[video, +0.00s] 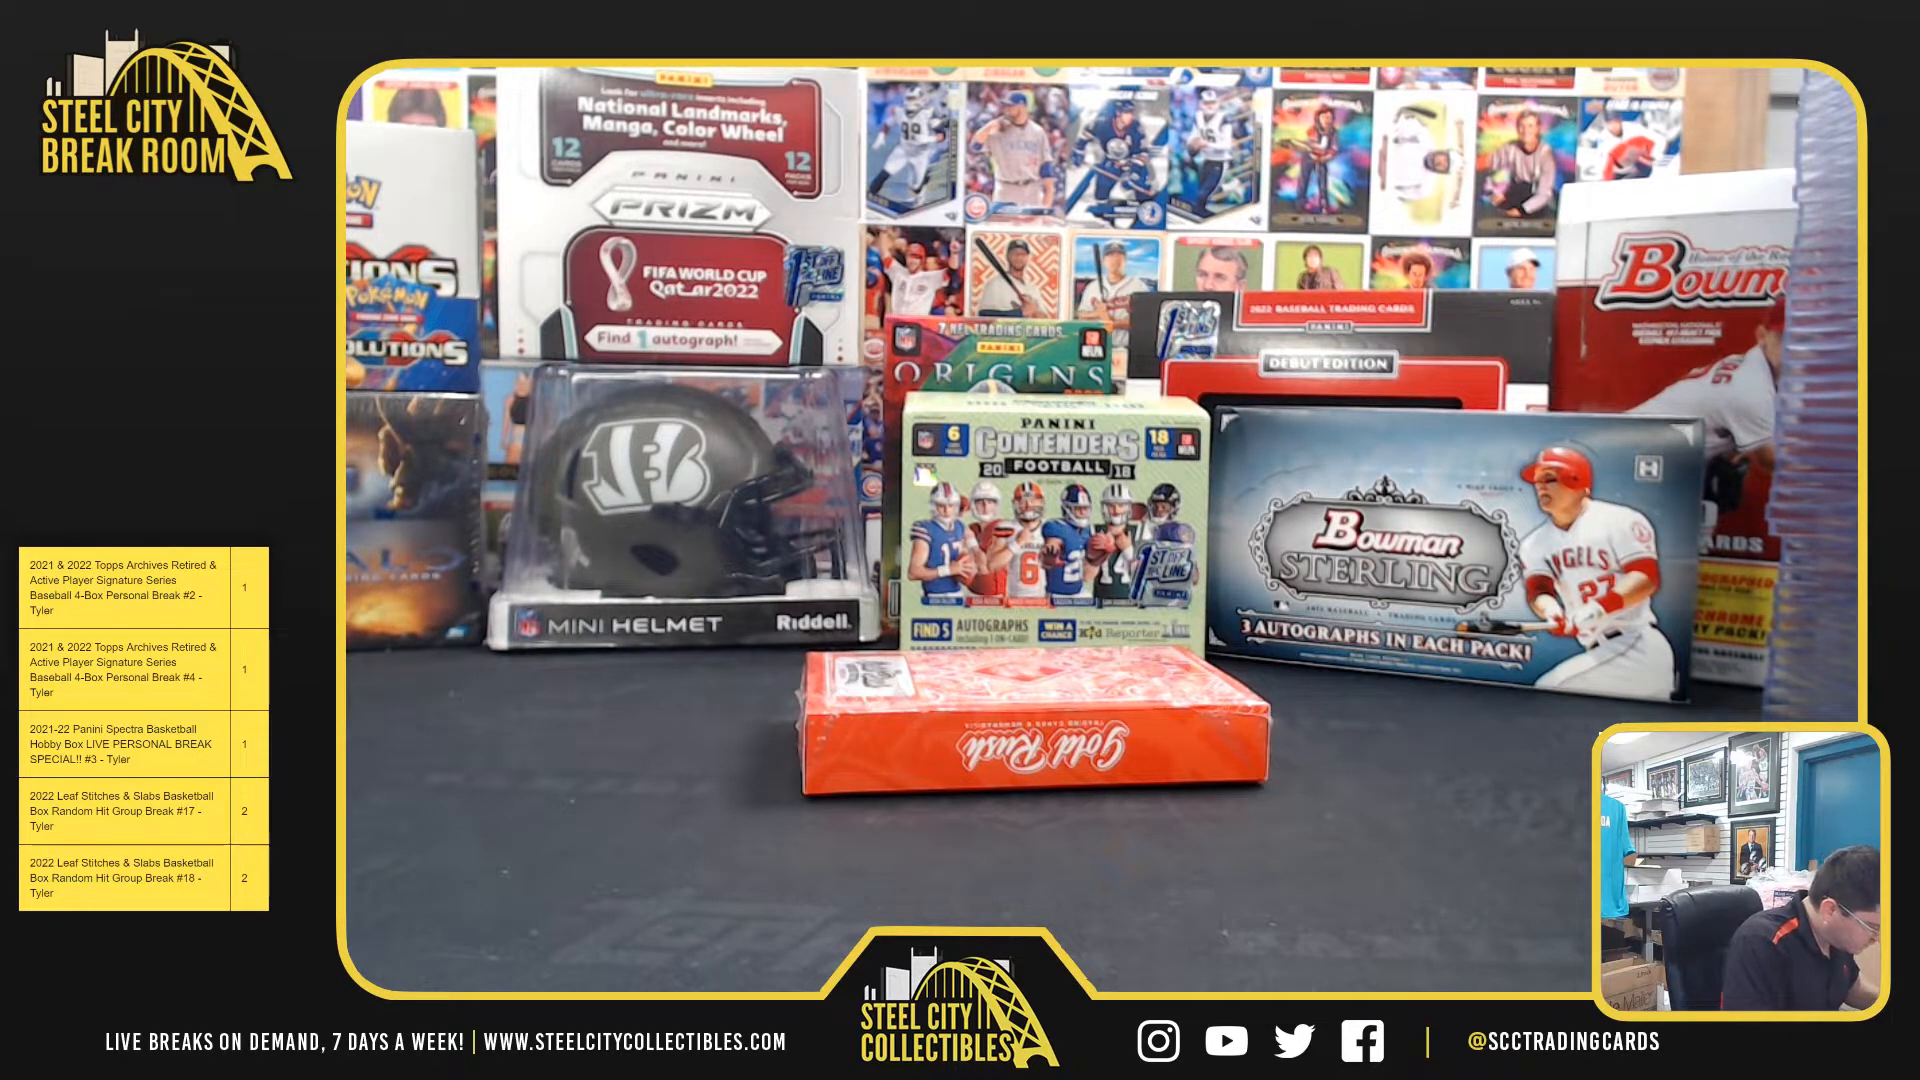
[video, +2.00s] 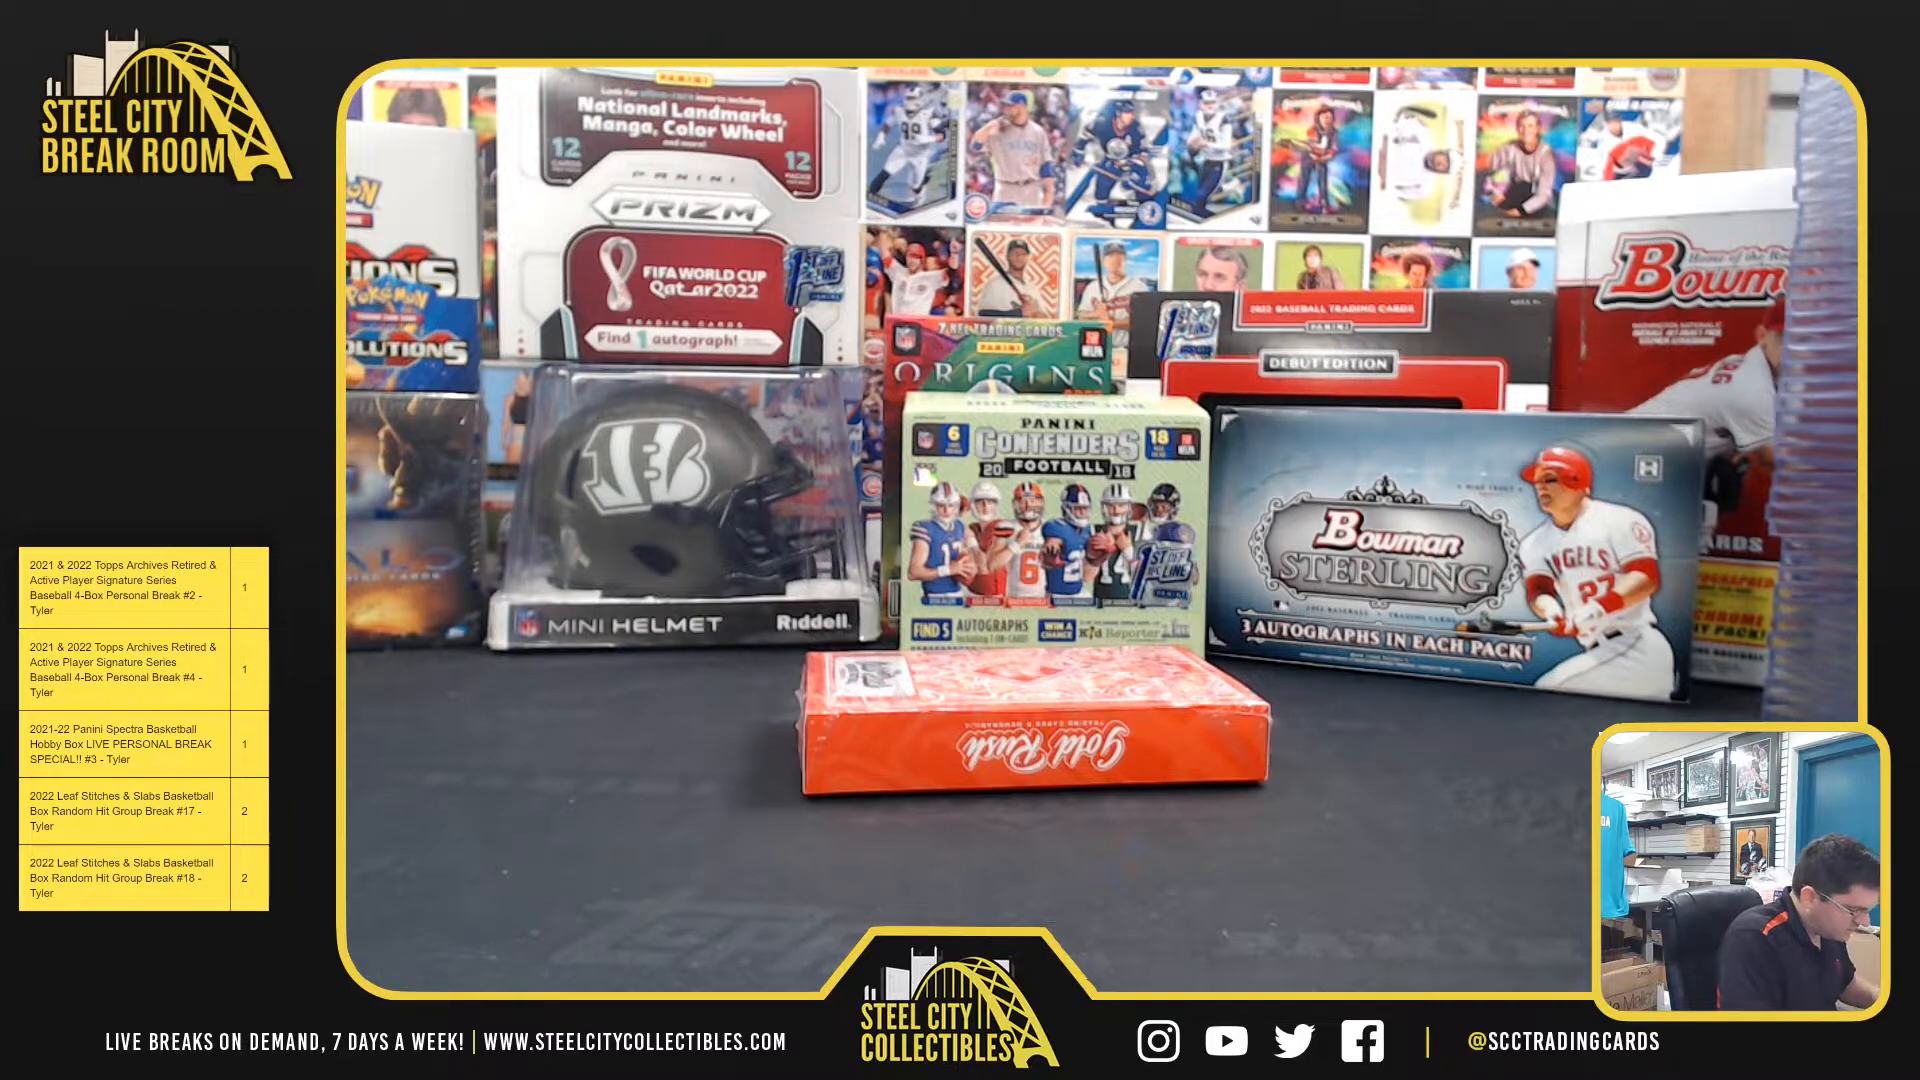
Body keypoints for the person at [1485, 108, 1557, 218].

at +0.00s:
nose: (1526, 131)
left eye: (1530, 126)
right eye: (1522, 126)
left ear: (1538, 129)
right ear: (1517, 129)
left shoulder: (1545, 154)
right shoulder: (1507, 151)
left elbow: (1545, 192)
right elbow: (1491, 178)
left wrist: (1523, 209)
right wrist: (1494, 194)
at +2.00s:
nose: (1526, 131)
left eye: (1530, 126)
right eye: (1522, 126)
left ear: (1538, 129)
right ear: (1518, 130)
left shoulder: (1545, 154)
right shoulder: (1505, 151)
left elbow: (1545, 192)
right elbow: (1491, 179)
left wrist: (1523, 209)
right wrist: (1495, 193)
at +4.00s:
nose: (1526, 130)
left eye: (1530, 126)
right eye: (1522, 126)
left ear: (1539, 128)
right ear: (1518, 130)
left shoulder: (1545, 154)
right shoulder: (1507, 150)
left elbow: (1545, 191)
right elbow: (1490, 178)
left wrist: (1523, 209)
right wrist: (1495, 193)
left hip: (1535, 188)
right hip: (1512, 187)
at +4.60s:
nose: (1526, 130)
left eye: (1531, 126)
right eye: (1522, 126)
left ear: (1538, 128)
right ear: (1518, 129)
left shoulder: (1545, 153)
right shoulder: (1507, 150)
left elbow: (1545, 191)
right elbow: (1489, 178)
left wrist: (1523, 209)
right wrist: (1495, 194)